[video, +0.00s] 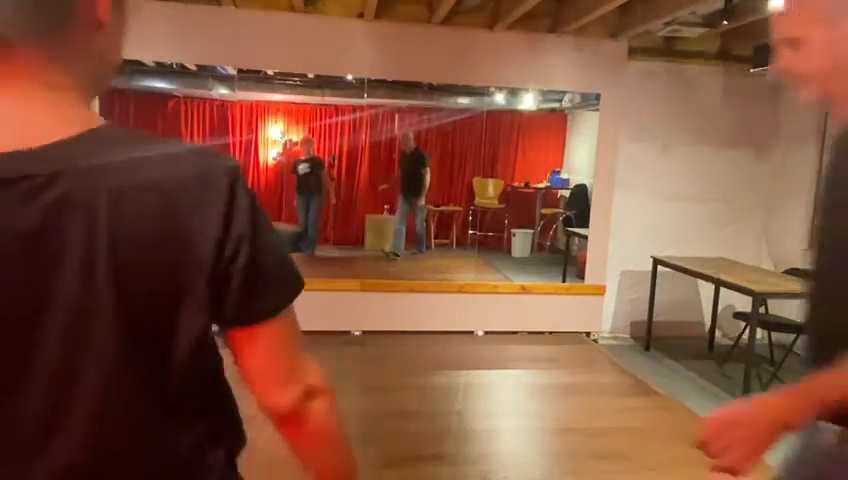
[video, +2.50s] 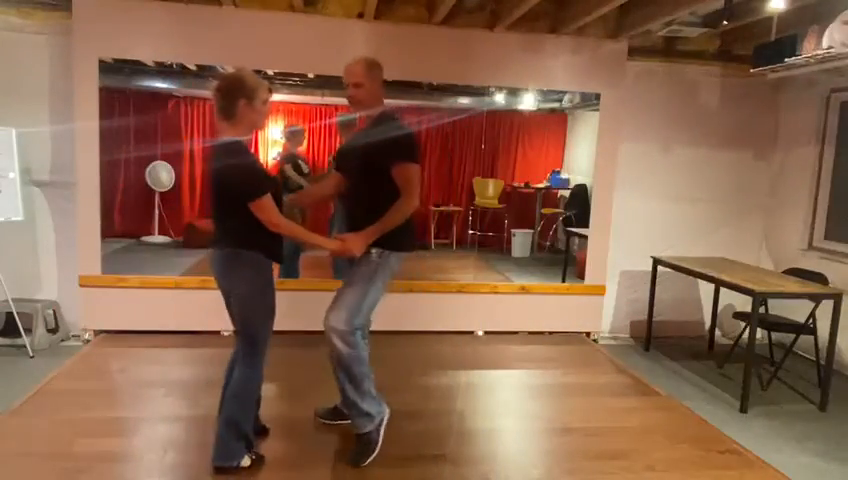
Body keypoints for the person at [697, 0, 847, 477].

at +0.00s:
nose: (779, 66)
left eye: (795, 44)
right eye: (778, 47)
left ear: (843, 35)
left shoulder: (841, 143)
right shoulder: (838, 139)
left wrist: (777, 411)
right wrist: (790, 412)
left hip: (836, 435)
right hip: (829, 430)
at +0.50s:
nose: (597, 54)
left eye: (602, 37)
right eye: (597, 39)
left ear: (641, 33)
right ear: (651, 35)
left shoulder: (648, 108)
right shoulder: (710, 106)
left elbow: (612, 243)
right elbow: (702, 232)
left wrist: (505, 291)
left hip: (655, 342)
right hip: (696, 332)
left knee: (640, 471)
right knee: (598, 440)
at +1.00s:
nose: (486, 68)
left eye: (491, 56)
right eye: (486, 57)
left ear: (516, 52)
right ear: (530, 54)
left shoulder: (519, 118)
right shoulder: (572, 118)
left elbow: (482, 220)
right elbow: (557, 209)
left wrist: (396, 252)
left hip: (512, 292)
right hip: (559, 289)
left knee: (468, 405)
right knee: (518, 414)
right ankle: (512, 478)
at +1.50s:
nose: (411, 77)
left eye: (415, 69)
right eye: (412, 69)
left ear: (434, 68)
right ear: (454, 69)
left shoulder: (434, 131)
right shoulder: (486, 126)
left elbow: (412, 218)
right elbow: (482, 204)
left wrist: (355, 249)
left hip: (436, 274)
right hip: (483, 271)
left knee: (417, 370)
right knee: (476, 384)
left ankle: (396, 460)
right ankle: (490, 475)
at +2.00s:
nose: (371, 84)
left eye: (377, 76)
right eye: (370, 77)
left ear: (402, 75)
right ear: (384, 79)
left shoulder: (410, 127)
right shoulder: (397, 124)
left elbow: (409, 205)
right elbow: (374, 182)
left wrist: (357, 235)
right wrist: (329, 187)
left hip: (402, 259)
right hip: (391, 255)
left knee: (378, 356)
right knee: (372, 337)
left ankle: (397, 461)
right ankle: (367, 404)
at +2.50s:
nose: (351, 93)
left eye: (358, 85)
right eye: (348, 87)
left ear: (380, 85)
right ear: (349, 90)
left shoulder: (397, 133)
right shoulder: (355, 137)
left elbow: (412, 197)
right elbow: (333, 184)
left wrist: (365, 236)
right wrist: (290, 201)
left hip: (386, 247)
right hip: (358, 244)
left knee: (340, 322)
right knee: (351, 327)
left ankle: (371, 415)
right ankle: (352, 404)